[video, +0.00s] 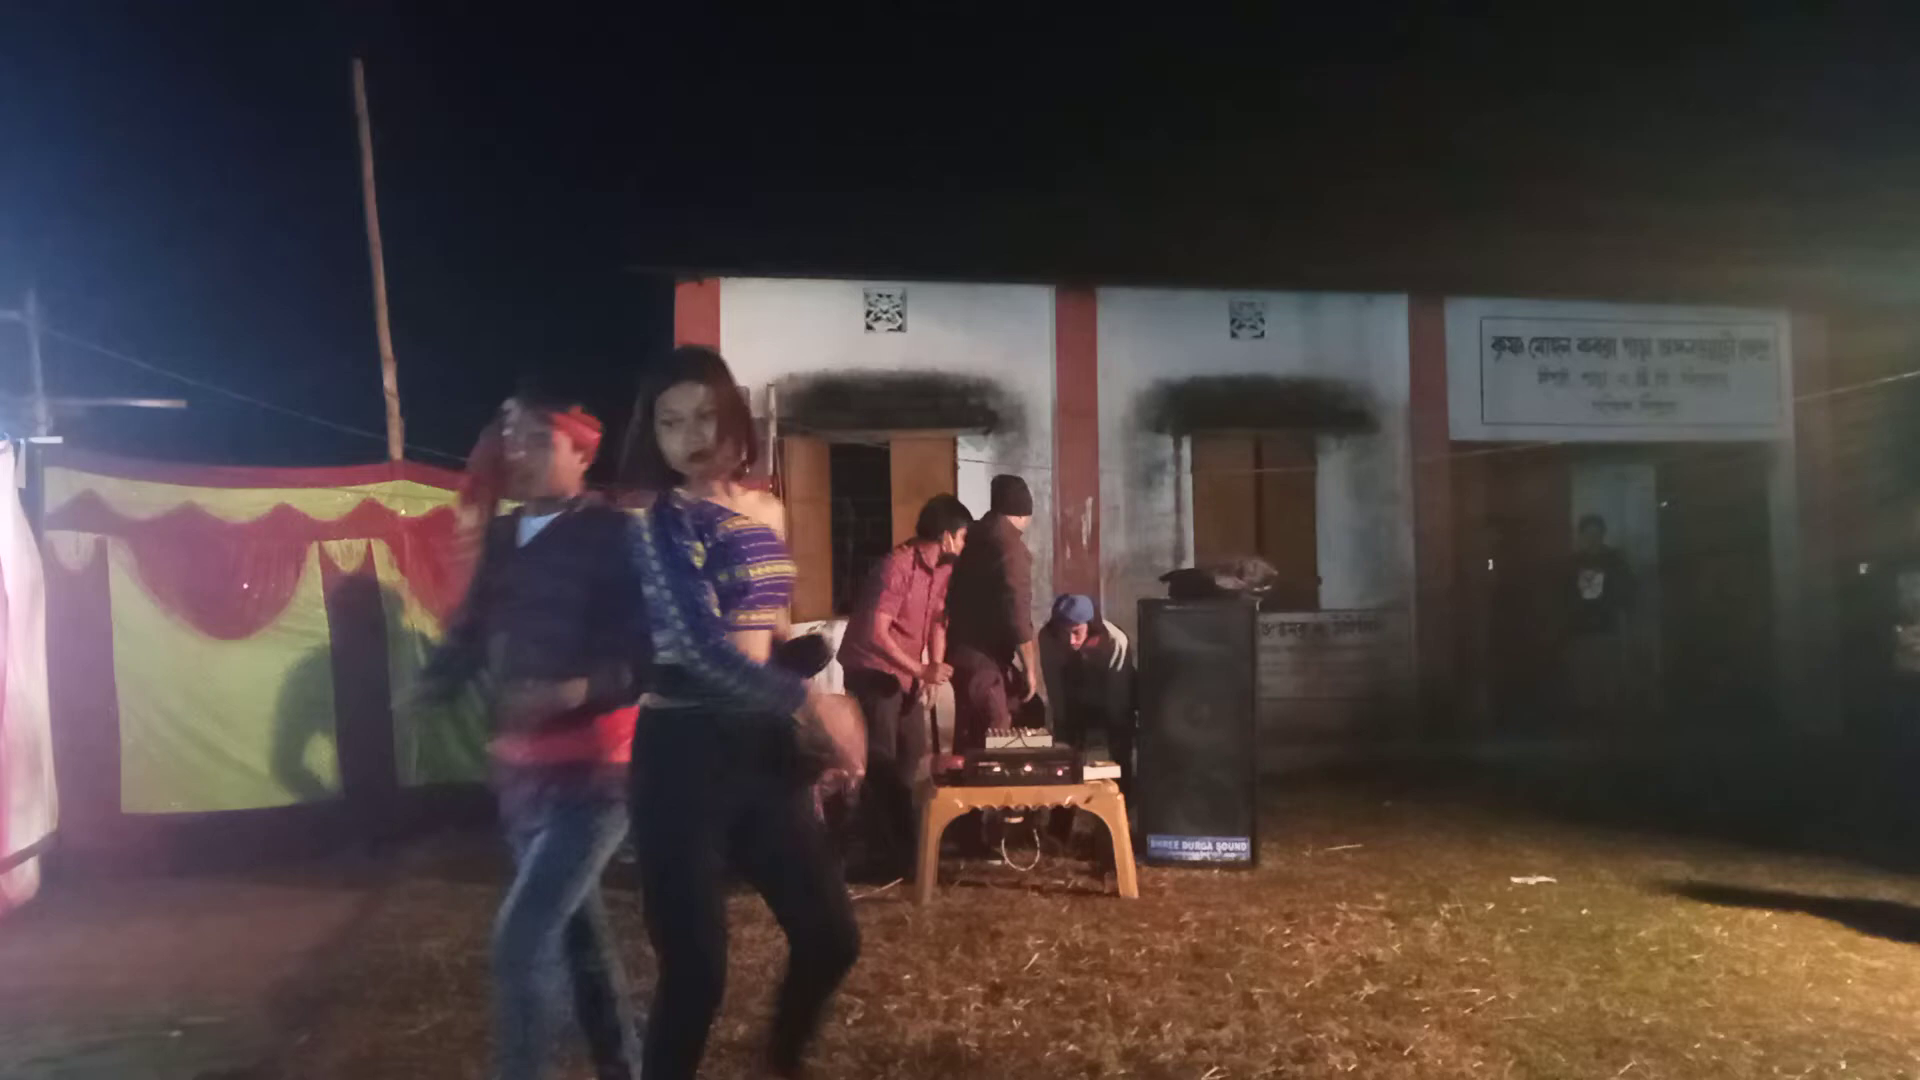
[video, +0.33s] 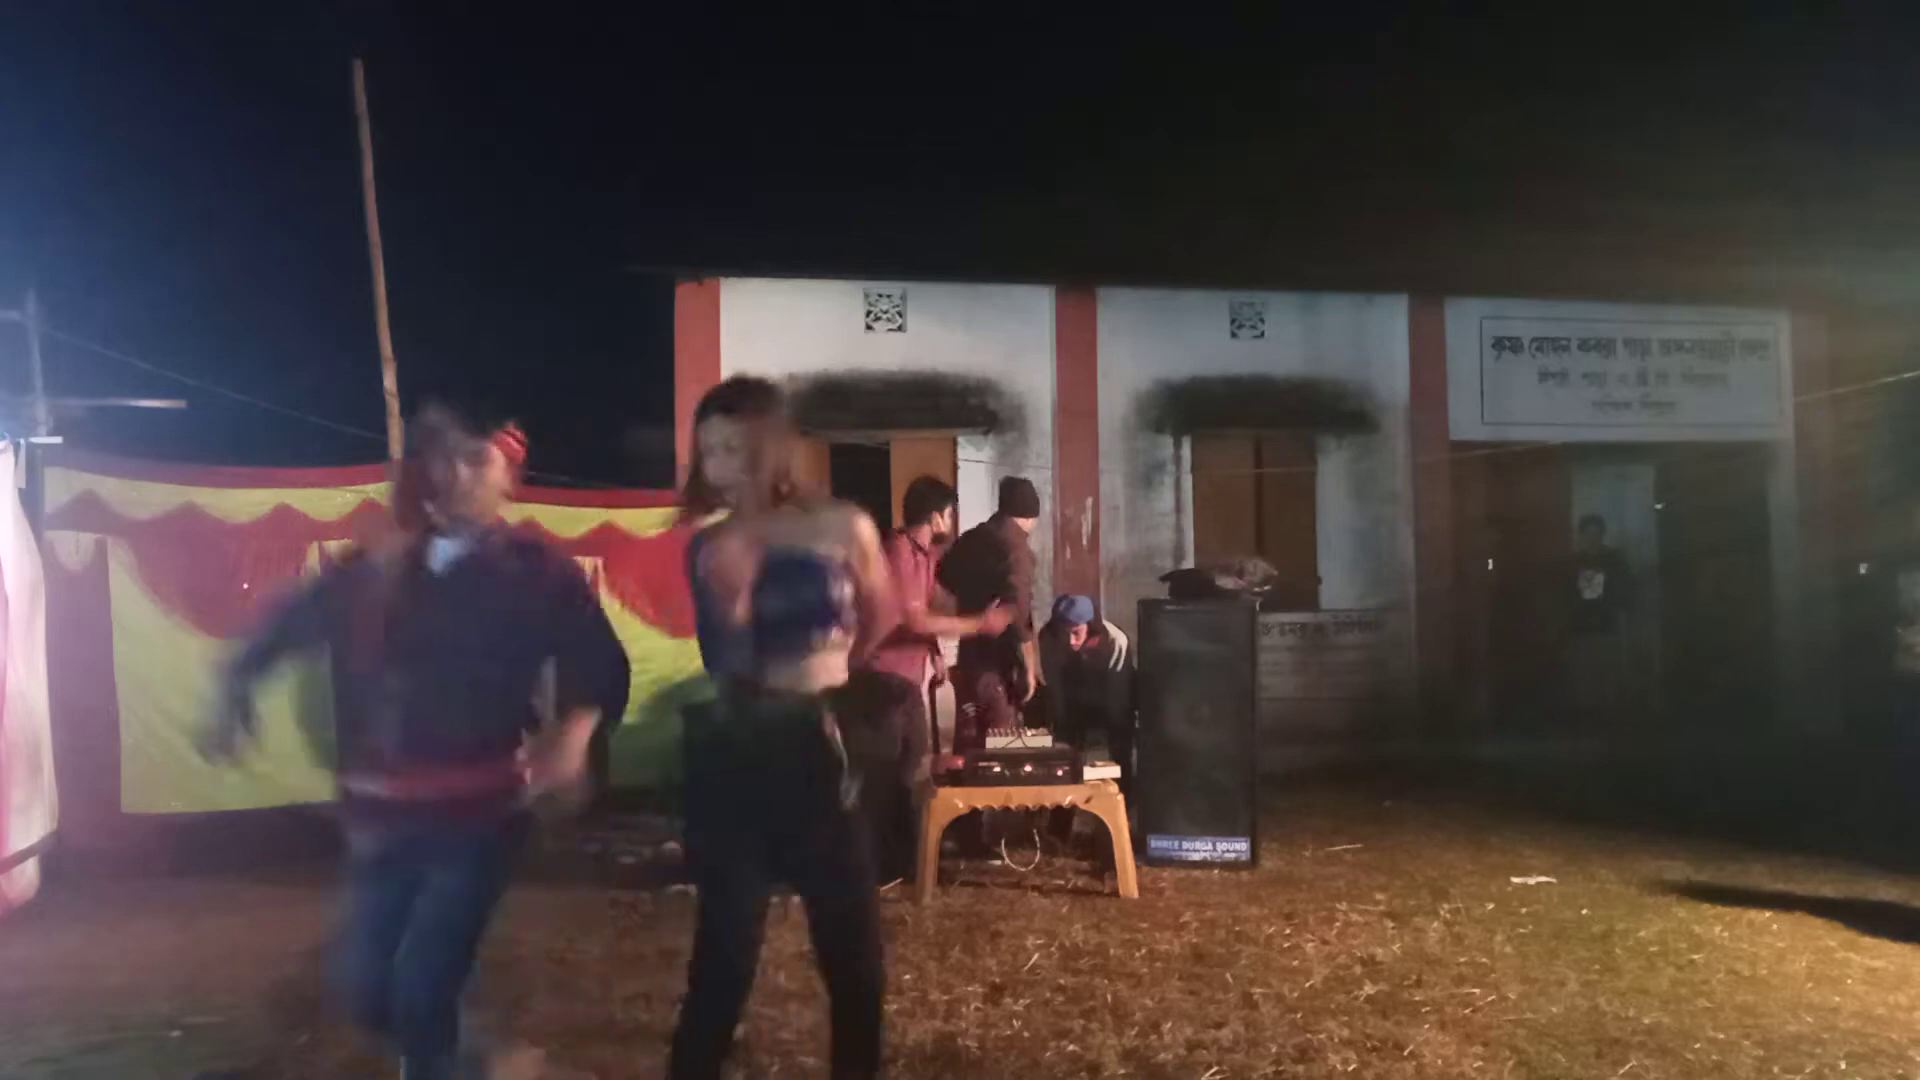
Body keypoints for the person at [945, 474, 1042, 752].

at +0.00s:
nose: (1029, 516)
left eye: (1029, 510)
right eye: (1028, 510)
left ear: (997, 504)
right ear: (1021, 511)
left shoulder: (974, 533)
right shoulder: (1011, 546)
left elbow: (956, 599)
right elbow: (1018, 615)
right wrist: (1030, 668)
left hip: (962, 653)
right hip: (986, 659)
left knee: (968, 742)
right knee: (997, 745)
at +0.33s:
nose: (1035, 520)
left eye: (1034, 513)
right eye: (1034, 514)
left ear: (1003, 507)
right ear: (1028, 513)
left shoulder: (972, 537)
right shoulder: (1016, 548)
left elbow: (944, 579)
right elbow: (1019, 614)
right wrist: (1029, 666)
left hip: (970, 657)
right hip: (1000, 661)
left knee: (969, 743)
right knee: (1002, 742)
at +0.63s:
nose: (1053, 537)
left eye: (1054, 529)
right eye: (1050, 529)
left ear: (1035, 524)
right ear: (1037, 526)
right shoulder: (1019, 552)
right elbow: (1012, 628)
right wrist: (1029, 665)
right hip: (1013, 675)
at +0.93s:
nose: (1063, 540)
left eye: (1069, 534)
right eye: (1059, 531)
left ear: (1074, 532)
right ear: (1043, 526)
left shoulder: (1071, 552)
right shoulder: (1012, 552)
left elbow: (1081, 595)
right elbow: (986, 596)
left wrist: (1086, 628)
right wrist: (1003, 637)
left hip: (1060, 639)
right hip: (1019, 641)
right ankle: (1016, 708)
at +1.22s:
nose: (1059, 532)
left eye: (1067, 527)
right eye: (1055, 524)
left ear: (1075, 528)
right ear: (1044, 519)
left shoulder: (1083, 553)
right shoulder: (1016, 548)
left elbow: (1096, 592)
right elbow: (985, 582)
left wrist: (1096, 625)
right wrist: (1003, 614)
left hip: (1074, 639)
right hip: (1028, 641)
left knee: (1124, 641)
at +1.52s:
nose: (1083, 513)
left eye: (1091, 507)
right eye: (1077, 505)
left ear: (1099, 508)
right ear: (1067, 503)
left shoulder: (1109, 537)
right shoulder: (1043, 530)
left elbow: (1119, 580)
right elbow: (1009, 561)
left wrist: (1115, 609)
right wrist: (1042, 585)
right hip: (1055, 641)